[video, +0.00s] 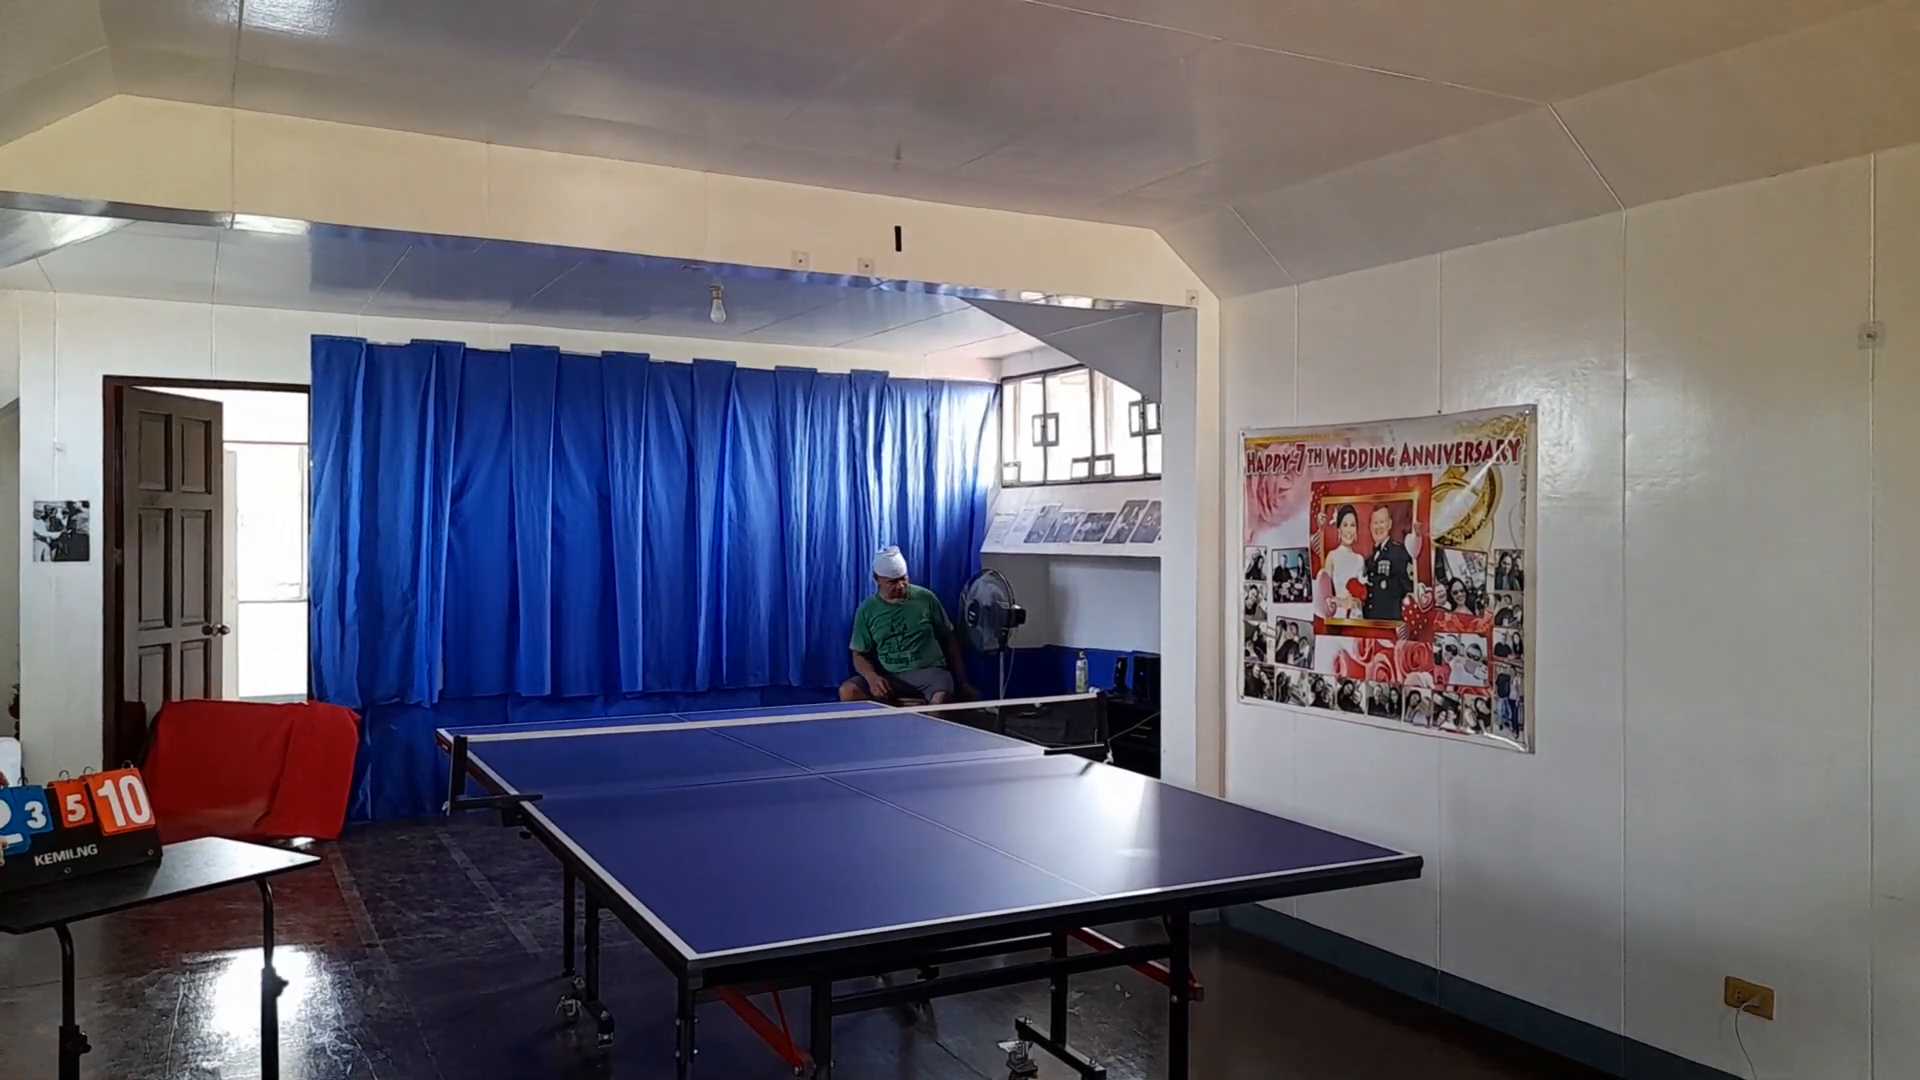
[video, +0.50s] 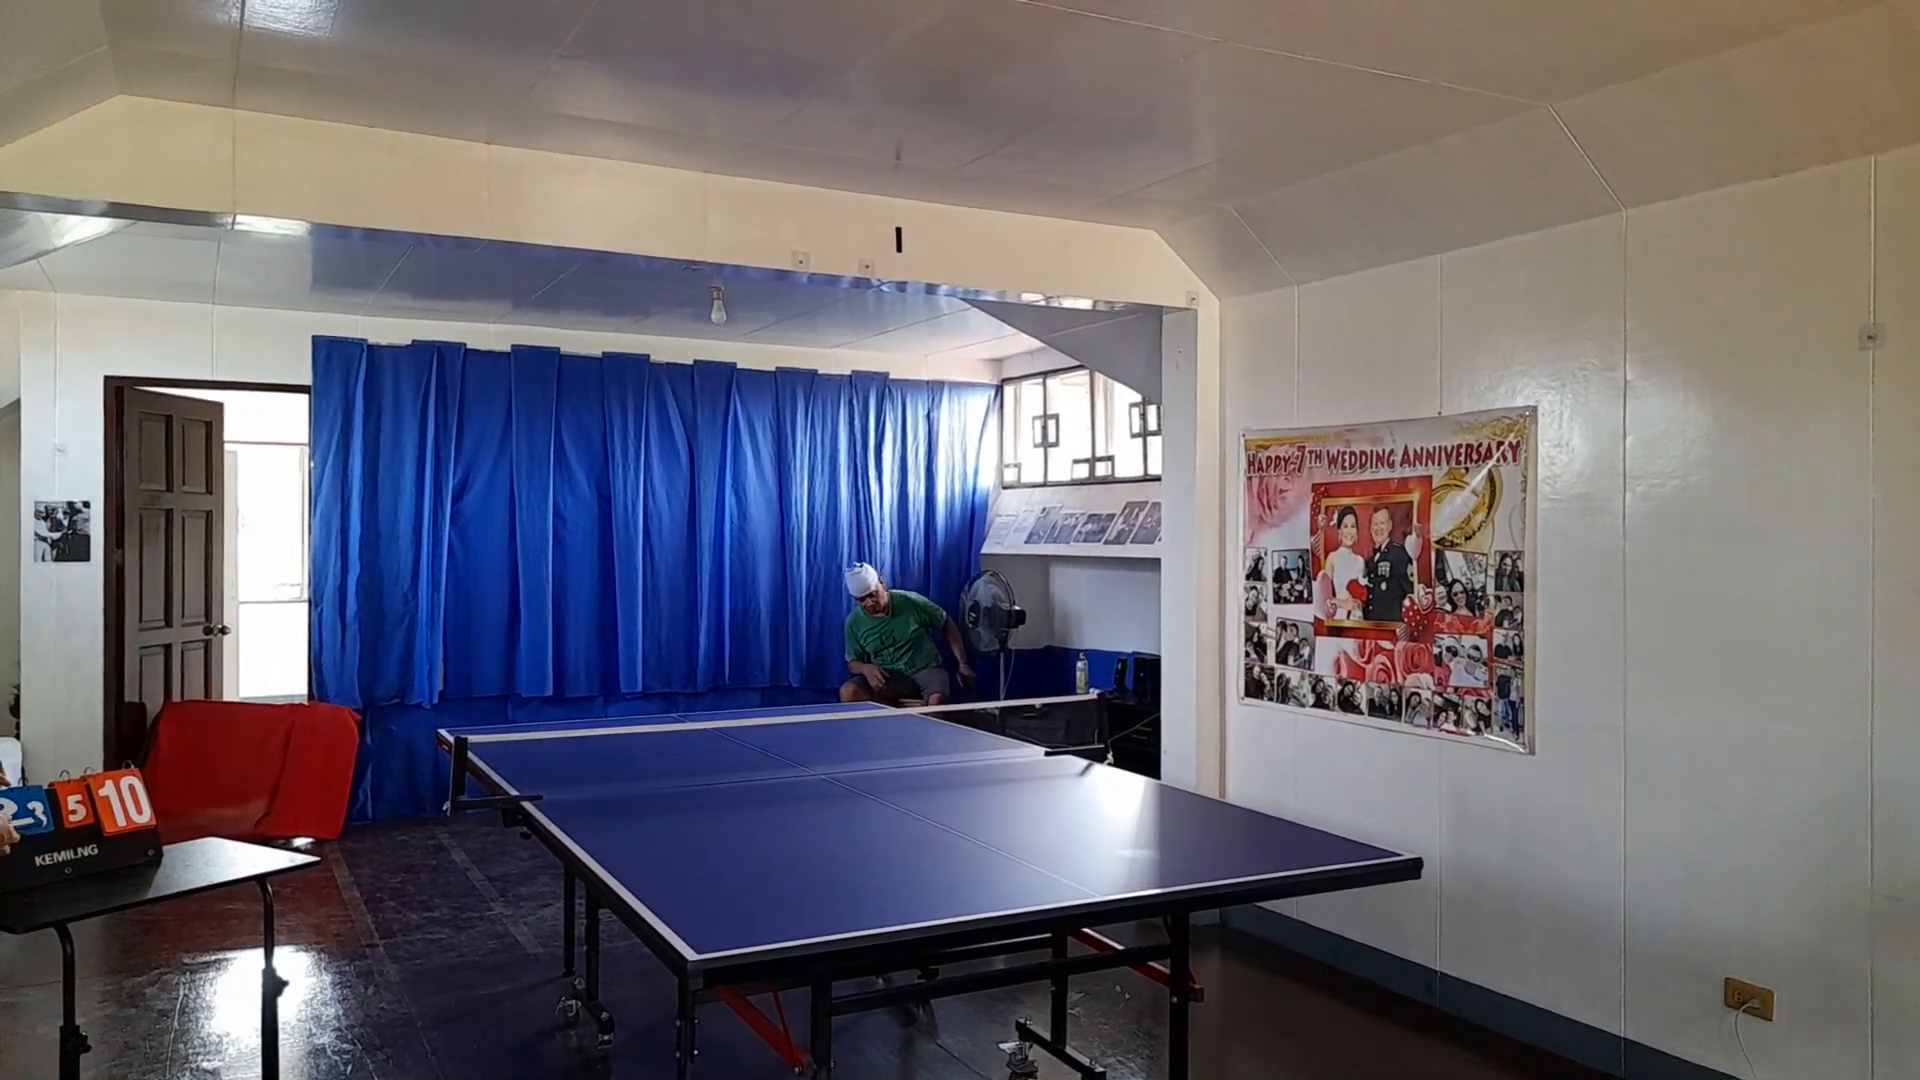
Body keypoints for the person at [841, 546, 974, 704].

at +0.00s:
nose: (900, 586)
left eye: (903, 579)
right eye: (892, 582)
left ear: (907, 574)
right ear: (877, 580)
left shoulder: (926, 598)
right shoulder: (866, 611)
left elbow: (949, 637)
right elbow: (858, 655)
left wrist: (961, 679)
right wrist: (872, 678)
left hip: (928, 671)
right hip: (888, 674)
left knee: (940, 698)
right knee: (848, 690)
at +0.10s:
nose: (891, 588)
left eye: (894, 581)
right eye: (884, 585)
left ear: (901, 573)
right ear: (873, 584)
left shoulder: (923, 598)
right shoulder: (864, 612)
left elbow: (948, 639)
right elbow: (857, 655)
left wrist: (964, 681)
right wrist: (871, 676)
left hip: (927, 670)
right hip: (887, 673)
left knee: (940, 698)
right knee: (848, 690)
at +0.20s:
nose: (883, 591)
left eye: (887, 583)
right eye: (876, 587)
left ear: (894, 574)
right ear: (867, 587)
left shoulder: (921, 599)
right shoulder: (862, 614)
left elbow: (948, 638)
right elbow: (857, 658)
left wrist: (964, 680)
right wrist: (870, 675)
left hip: (926, 671)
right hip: (887, 674)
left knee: (940, 699)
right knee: (848, 691)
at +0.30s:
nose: (877, 592)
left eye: (880, 585)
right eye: (869, 589)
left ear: (888, 575)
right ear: (863, 589)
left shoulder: (917, 599)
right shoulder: (859, 616)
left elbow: (948, 634)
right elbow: (857, 659)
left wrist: (962, 675)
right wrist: (869, 672)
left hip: (926, 670)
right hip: (887, 674)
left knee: (940, 697)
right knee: (848, 690)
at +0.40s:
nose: (872, 597)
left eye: (875, 589)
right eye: (865, 593)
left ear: (884, 578)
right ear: (858, 593)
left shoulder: (914, 599)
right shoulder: (857, 619)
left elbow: (948, 630)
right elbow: (855, 661)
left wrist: (963, 669)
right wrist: (867, 669)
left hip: (925, 670)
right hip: (887, 674)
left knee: (938, 699)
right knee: (848, 691)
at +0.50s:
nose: (869, 603)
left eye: (872, 595)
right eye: (862, 599)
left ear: (882, 584)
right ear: (855, 599)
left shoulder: (909, 602)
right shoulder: (854, 622)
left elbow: (946, 624)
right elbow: (853, 663)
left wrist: (963, 663)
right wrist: (866, 668)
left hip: (923, 669)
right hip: (885, 674)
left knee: (937, 699)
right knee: (848, 692)